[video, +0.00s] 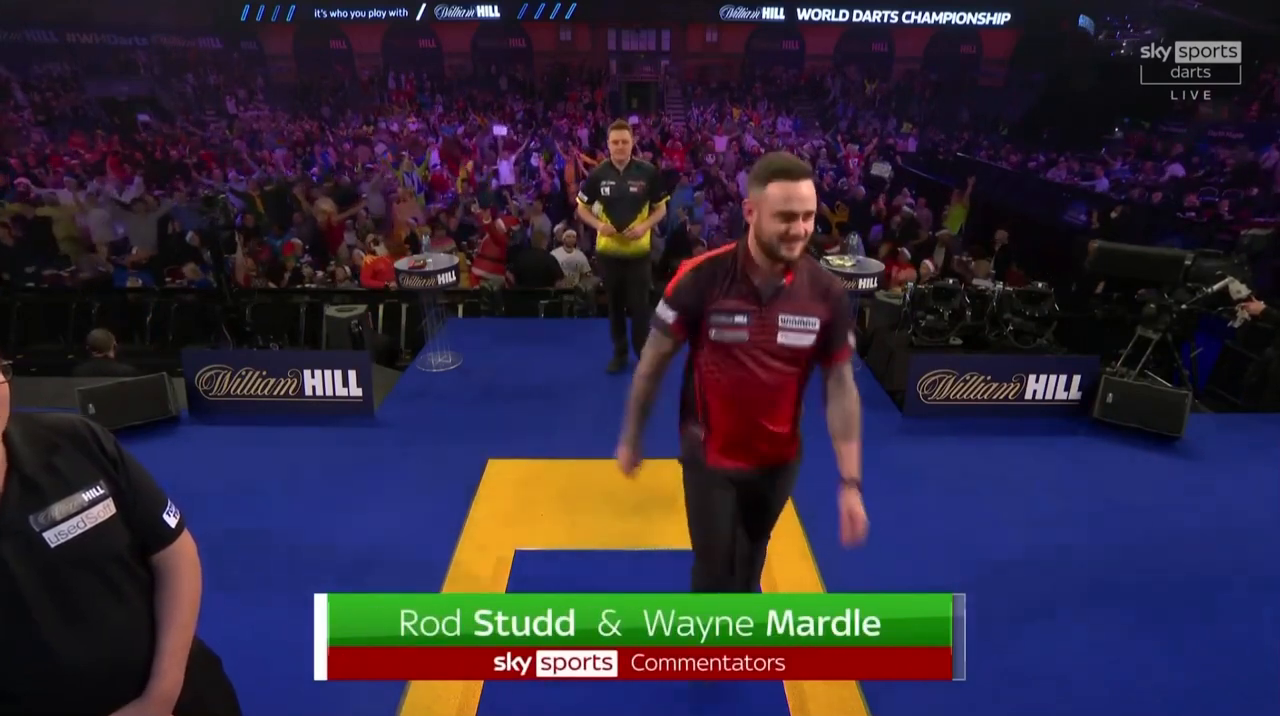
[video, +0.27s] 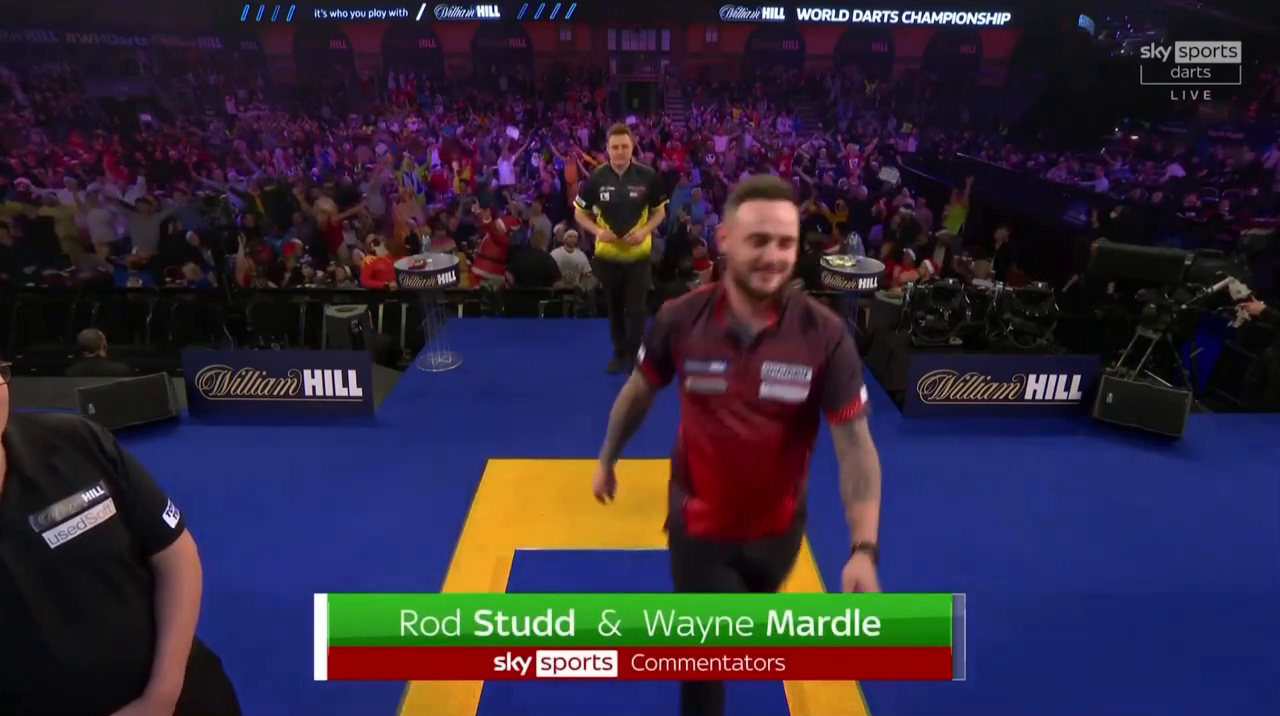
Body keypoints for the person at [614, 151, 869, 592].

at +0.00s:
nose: (799, 229)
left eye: (808, 217)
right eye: (786, 217)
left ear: (816, 213)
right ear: (750, 211)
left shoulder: (827, 294)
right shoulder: (700, 281)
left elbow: (841, 385)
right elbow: (653, 359)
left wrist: (851, 483)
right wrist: (631, 437)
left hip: (777, 459)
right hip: (711, 456)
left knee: (748, 570)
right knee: (717, 575)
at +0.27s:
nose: (773, 257)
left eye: (786, 243)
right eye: (758, 241)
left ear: (798, 248)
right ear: (723, 241)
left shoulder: (824, 336)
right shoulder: (681, 320)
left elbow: (854, 441)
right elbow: (639, 388)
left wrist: (864, 550)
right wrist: (606, 459)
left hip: (776, 528)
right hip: (698, 524)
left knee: (747, 623)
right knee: (703, 656)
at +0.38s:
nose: (750, 265)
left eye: (765, 251)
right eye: (734, 249)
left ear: (783, 261)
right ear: (702, 254)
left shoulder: (817, 352)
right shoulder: (664, 338)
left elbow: (853, 468)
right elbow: (637, 412)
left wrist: (852, 580)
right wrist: (616, 497)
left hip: (771, 565)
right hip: (683, 559)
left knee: (770, 665)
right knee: (694, 689)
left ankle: (770, 676)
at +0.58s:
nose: (733, 279)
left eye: (752, 263)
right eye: (717, 260)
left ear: (777, 265)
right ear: (688, 258)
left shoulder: (815, 372)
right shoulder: (650, 348)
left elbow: (861, 515)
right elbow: (630, 448)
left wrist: (841, 644)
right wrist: (612, 550)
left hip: (762, 608)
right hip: (668, 594)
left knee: (752, 706)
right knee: (688, 703)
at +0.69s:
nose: (729, 302)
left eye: (752, 286)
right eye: (714, 279)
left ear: (781, 290)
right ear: (684, 274)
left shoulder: (810, 407)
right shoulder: (648, 362)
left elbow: (864, 559)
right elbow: (622, 463)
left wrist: (840, 669)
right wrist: (593, 565)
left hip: (749, 643)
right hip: (653, 624)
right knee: (677, 705)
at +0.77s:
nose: (730, 326)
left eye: (754, 309)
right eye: (715, 301)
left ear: (787, 311)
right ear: (687, 292)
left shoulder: (811, 438)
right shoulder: (650, 379)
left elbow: (865, 611)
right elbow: (621, 474)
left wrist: (850, 698)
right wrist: (573, 579)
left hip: (737, 687)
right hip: (650, 665)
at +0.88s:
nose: (739, 369)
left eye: (769, 353)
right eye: (726, 337)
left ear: (807, 359)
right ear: (697, 322)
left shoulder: (817, 503)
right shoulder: (656, 409)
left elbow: (860, 685)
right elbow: (627, 498)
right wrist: (555, 592)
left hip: (736, 707)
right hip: (634, 693)